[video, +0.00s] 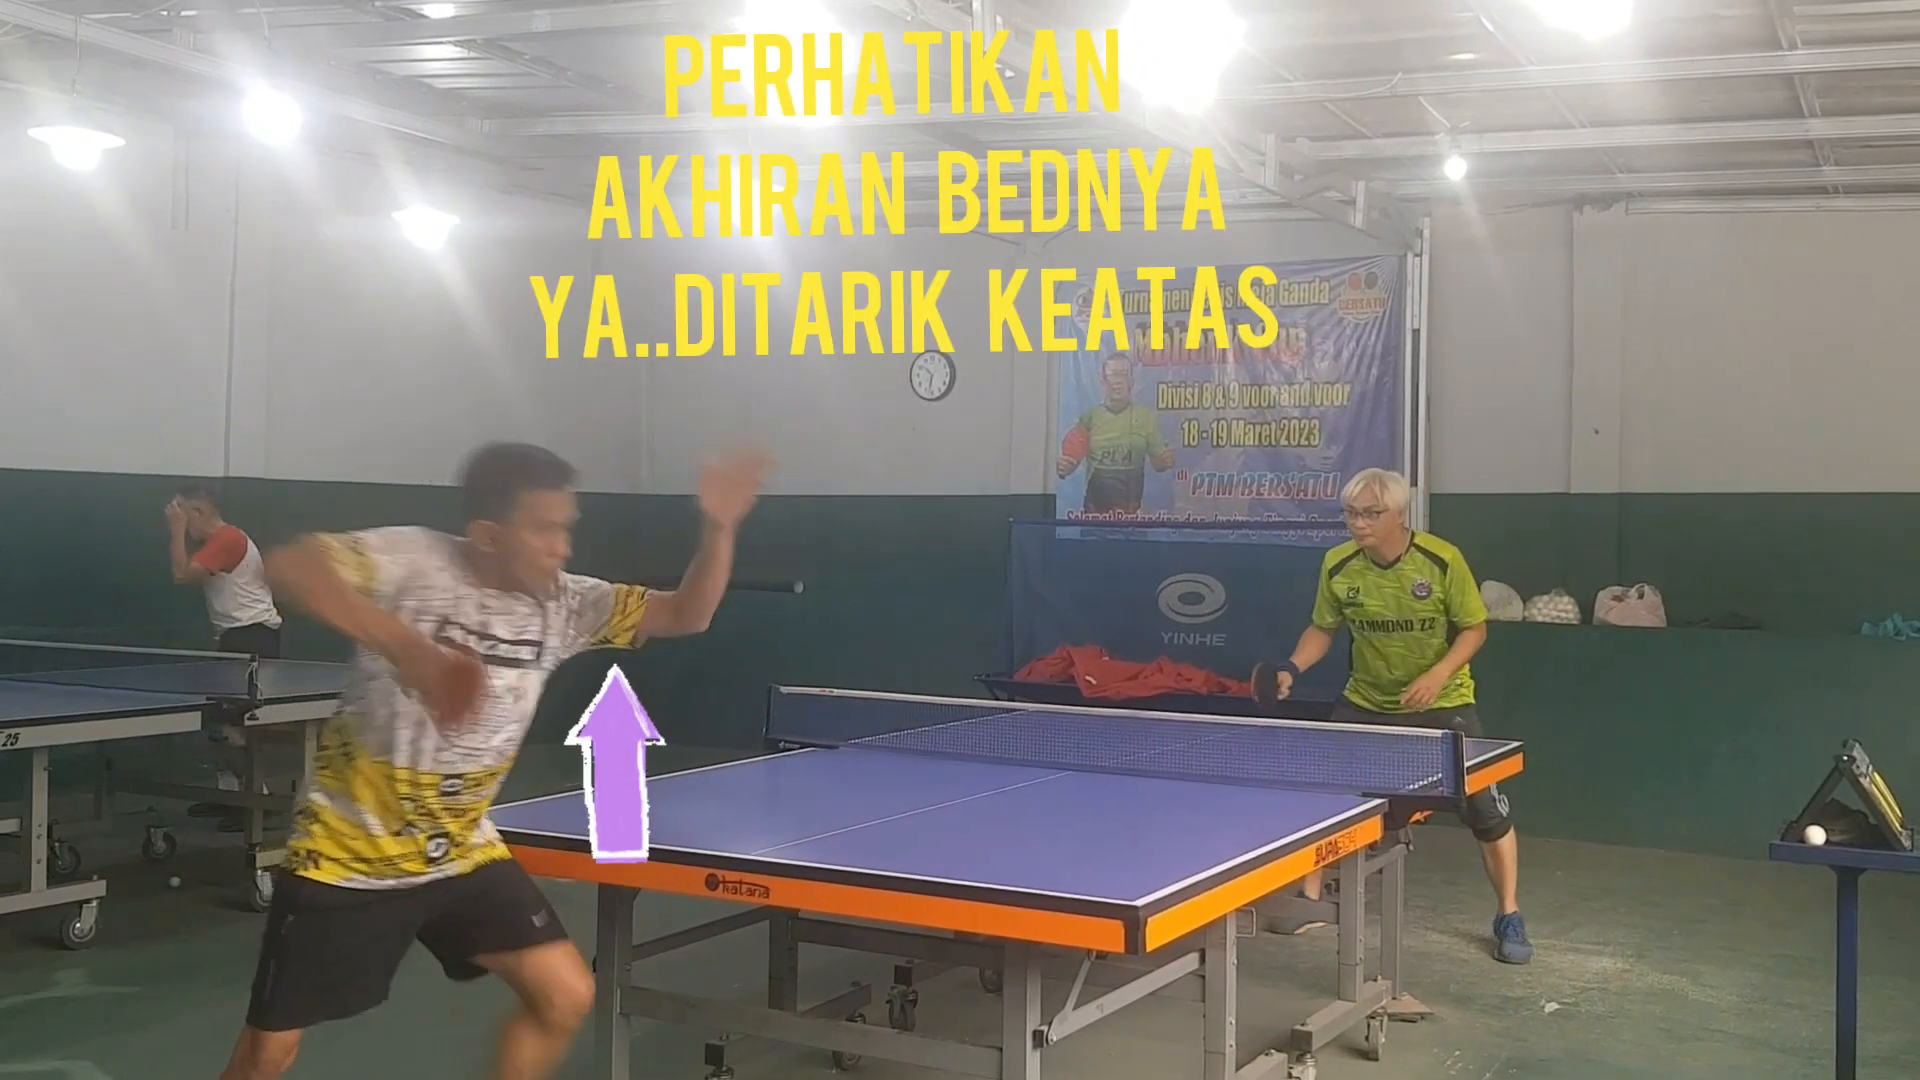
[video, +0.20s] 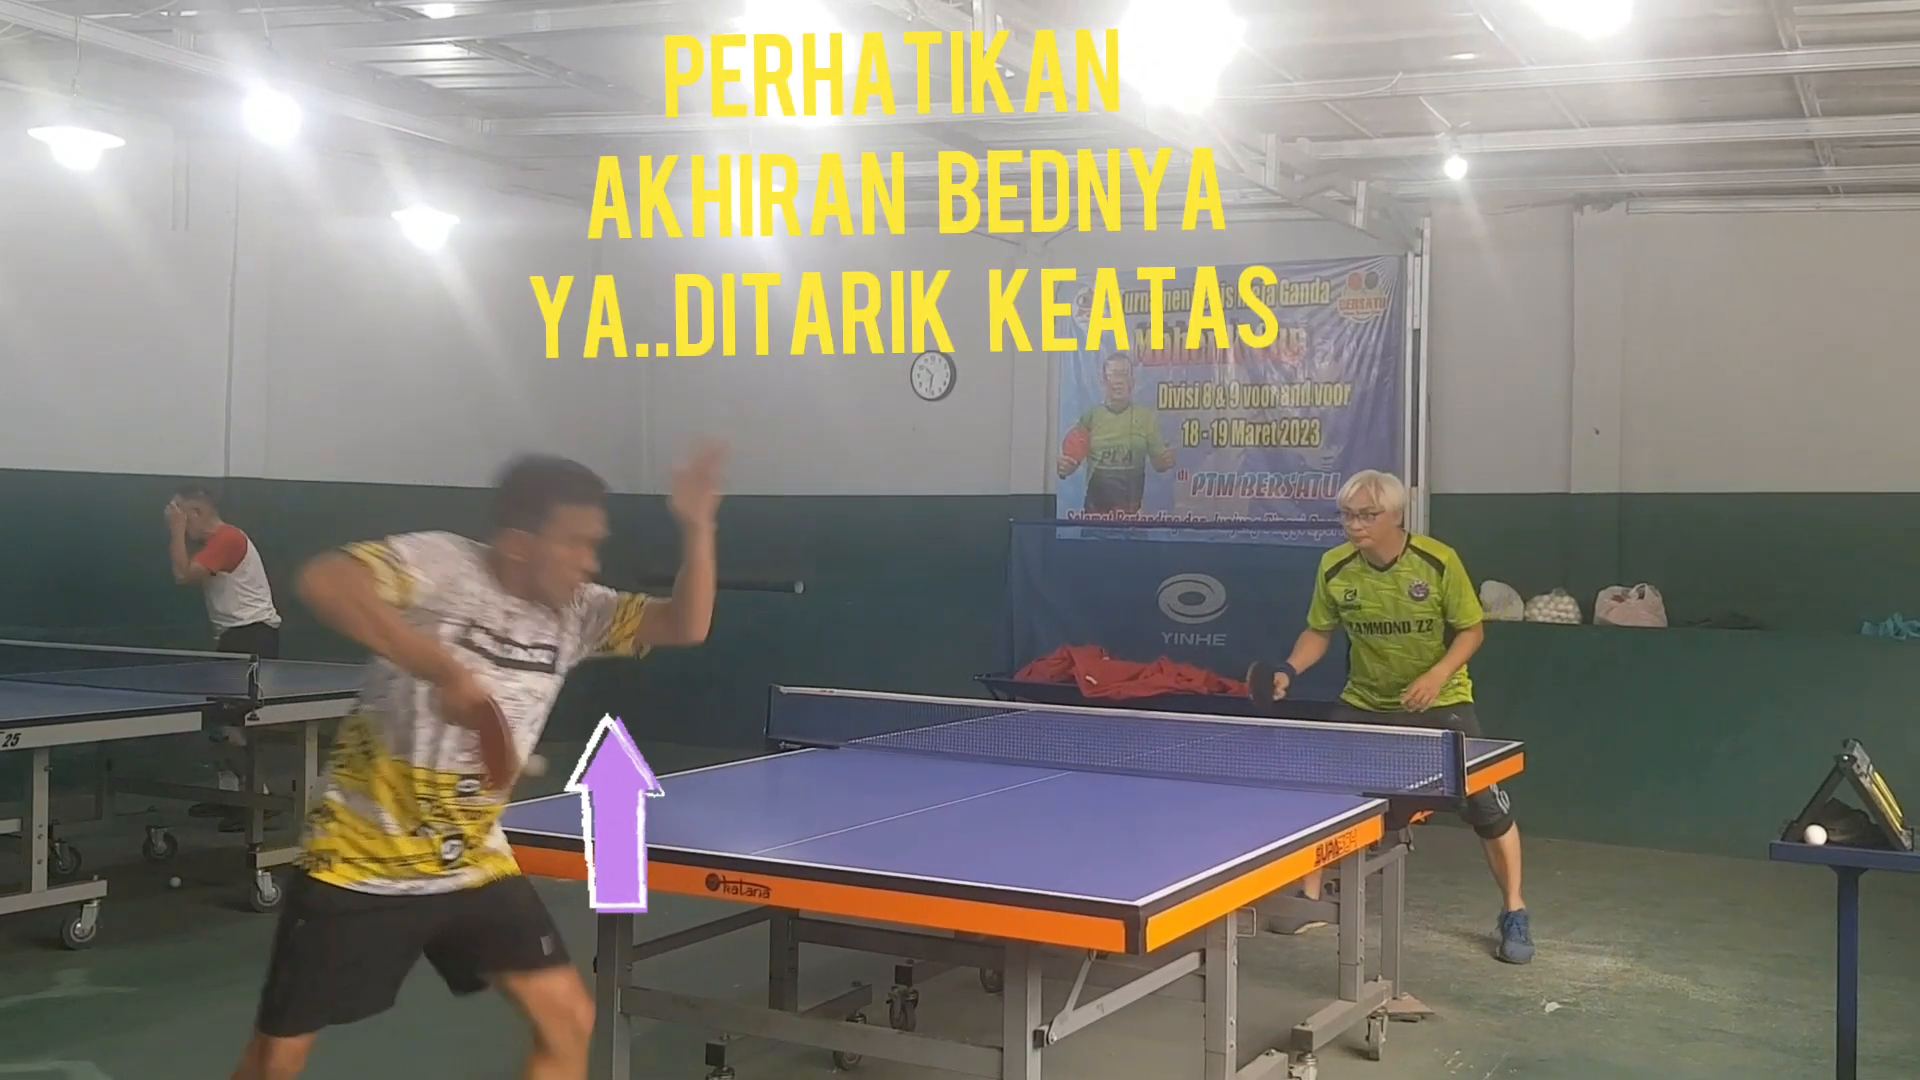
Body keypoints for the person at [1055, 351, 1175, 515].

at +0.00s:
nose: (1117, 382)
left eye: (1123, 375)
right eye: (1111, 375)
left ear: (1132, 380)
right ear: (1102, 380)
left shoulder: (1145, 418)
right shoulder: (1091, 417)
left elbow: (1158, 462)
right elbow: (1074, 450)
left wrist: (1165, 460)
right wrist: (1064, 466)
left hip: (1131, 506)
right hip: (1096, 506)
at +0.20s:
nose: (1117, 382)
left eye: (1123, 375)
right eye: (1111, 375)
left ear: (1132, 381)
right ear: (1103, 381)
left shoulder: (1145, 418)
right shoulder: (1091, 417)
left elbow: (1158, 462)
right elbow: (1074, 451)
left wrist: (1166, 460)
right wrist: (1065, 466)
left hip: (1131, 505)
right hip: (1096, 506)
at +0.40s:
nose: (1117, 381)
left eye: (1123, 375)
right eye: (1111, 375)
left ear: (1132, 380)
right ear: (1103, 380)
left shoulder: (1146, 417)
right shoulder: (1091, 417)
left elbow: (1159, 462)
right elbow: (1075, 450)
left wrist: (1166, 460)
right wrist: (1065, 466)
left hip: (1131, 505)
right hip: (1097, 505)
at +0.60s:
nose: (1118, 381)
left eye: (1124, 374)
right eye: (1112, 374)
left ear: (1133, 380)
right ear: (1104, 380)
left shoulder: (1146, 417)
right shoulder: (1092, 417)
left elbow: (1159, 461)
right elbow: (1076, 450)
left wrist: (1167, 459)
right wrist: (1066, 466)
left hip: (1132, 505)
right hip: (1097, 506)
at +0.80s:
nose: (1118, 380)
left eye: (1125, 374)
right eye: (1112, 374)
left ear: (1134, 379)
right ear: (1105, 379)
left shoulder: (1147, 417)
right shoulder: (1092, 417)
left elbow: (1159, 461)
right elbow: (1076, 450)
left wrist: (1167, 459)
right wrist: (1066, 465)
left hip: (1132, 505)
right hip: (1098, 506)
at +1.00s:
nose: (1119, 380)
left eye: (1125, 373)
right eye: (1112, 374)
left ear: (1134, 379)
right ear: (1104, 379)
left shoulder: (1146, 416)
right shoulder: (1093, 416)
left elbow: (1160, 460)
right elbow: (1076, 448)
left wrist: (1167, 458)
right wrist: (1066, 465)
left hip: (1133, 504)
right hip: (1098, 505)